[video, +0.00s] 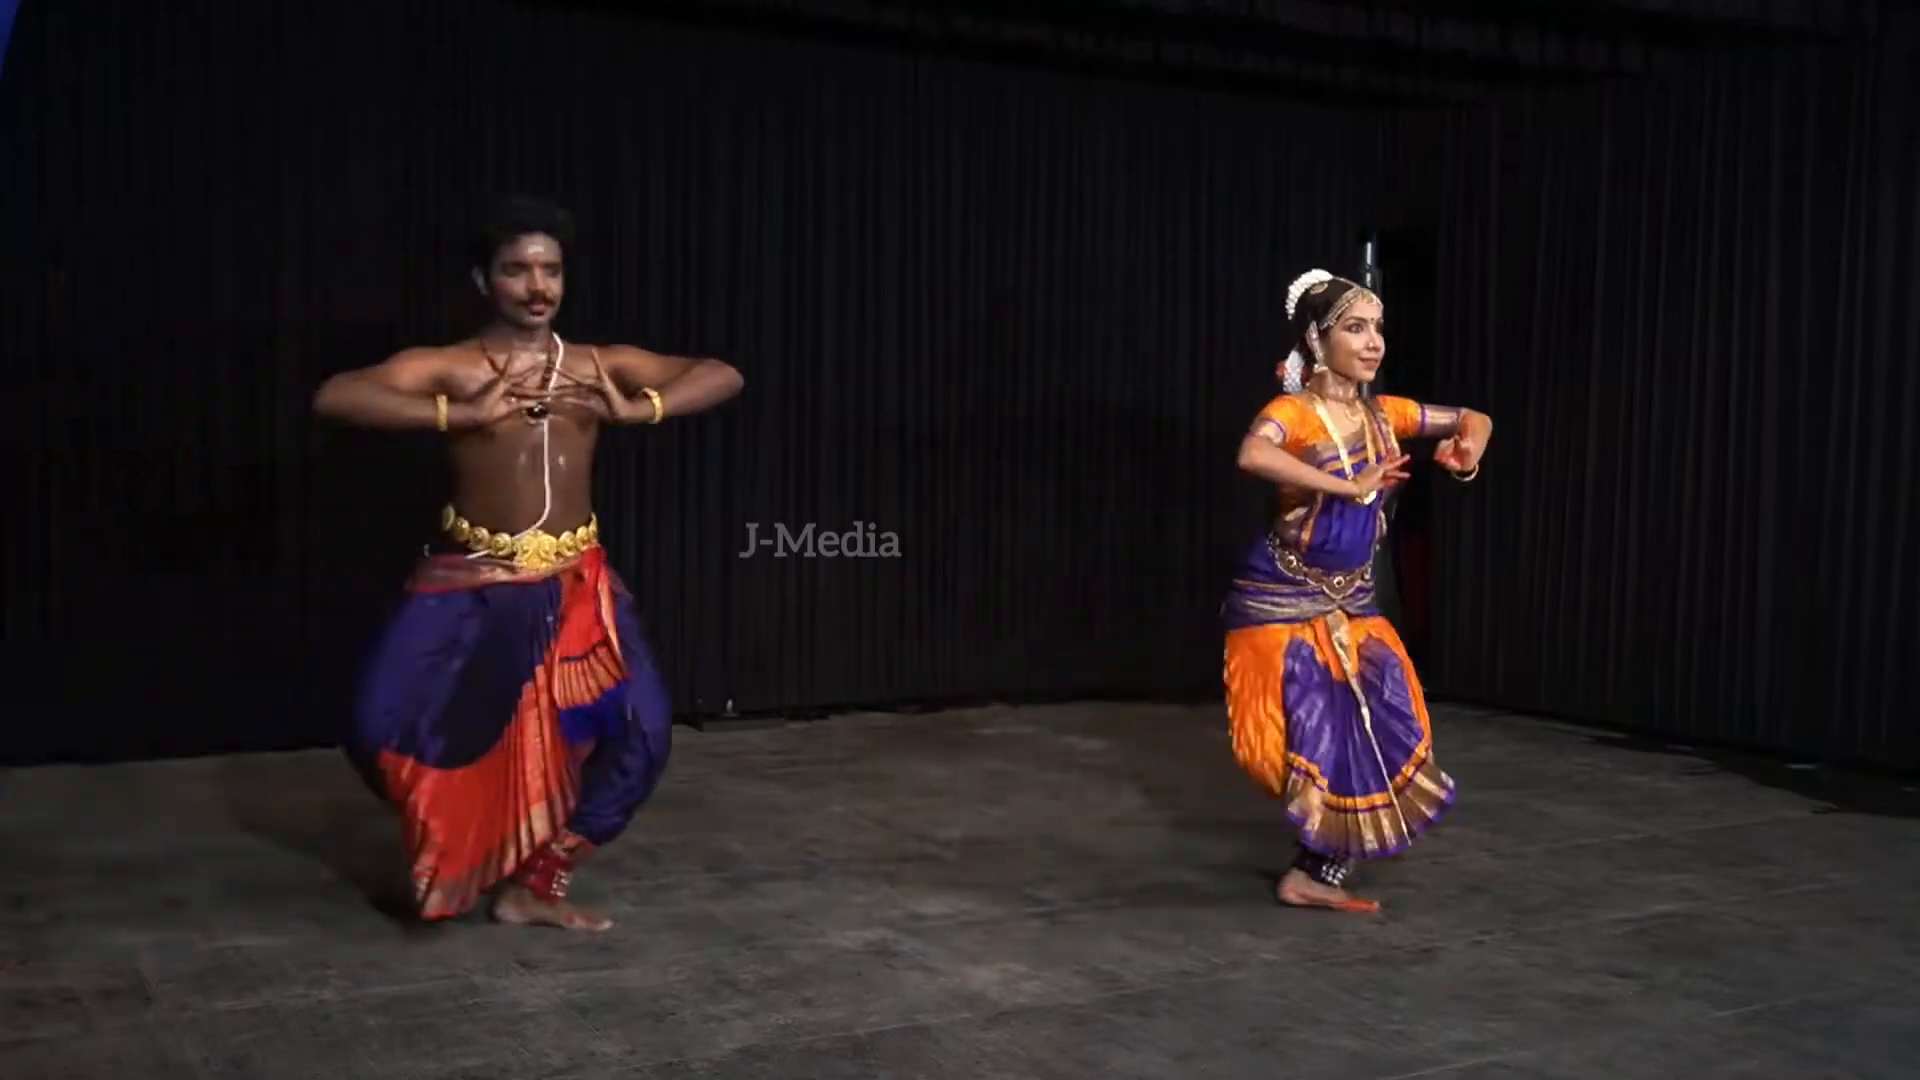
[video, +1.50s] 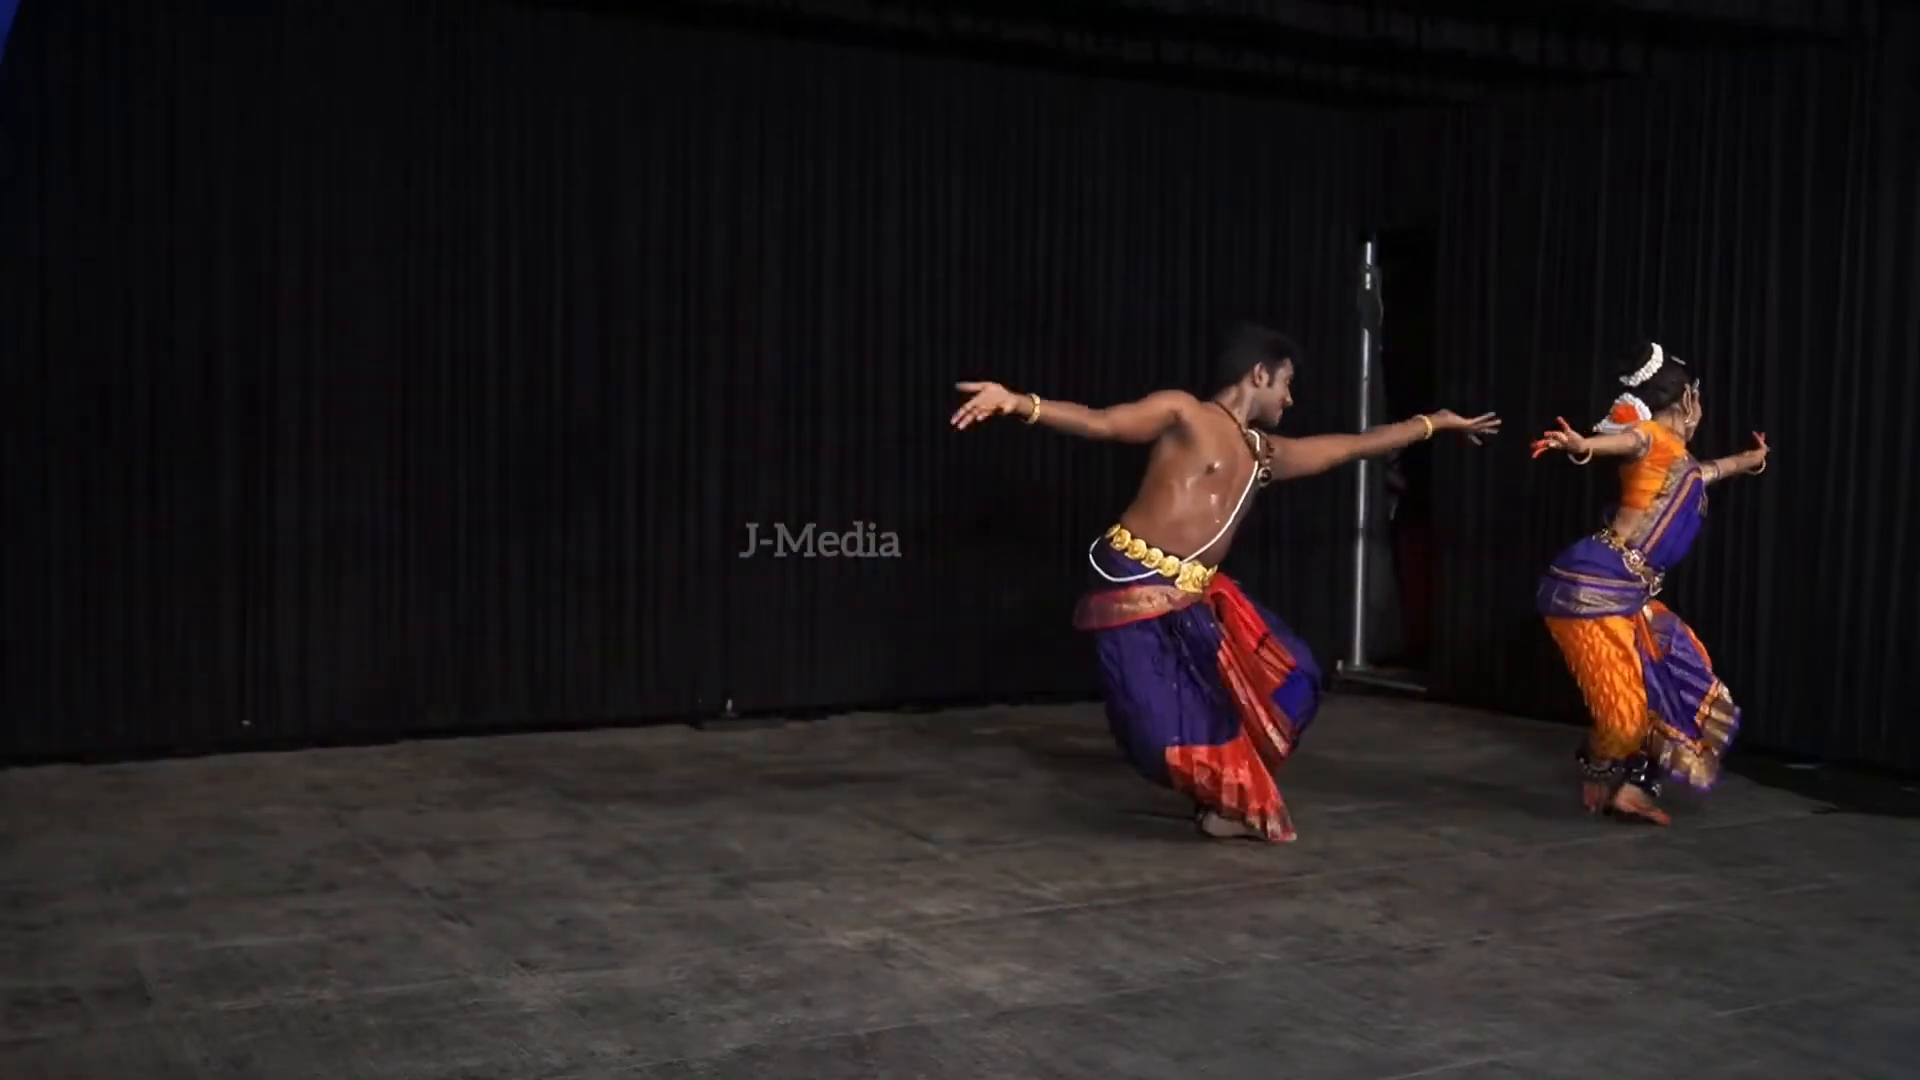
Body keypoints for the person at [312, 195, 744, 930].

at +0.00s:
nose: (538, 286)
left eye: (551, 270)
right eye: (518, 271)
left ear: (565, 280)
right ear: (486, 281)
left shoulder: (598, 365)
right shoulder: (455, 366)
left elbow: (725, 377)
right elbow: (336, 398)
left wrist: (644, 408)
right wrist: (460, 414)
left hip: (575, 582)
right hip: (474, 584)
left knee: (638, 729)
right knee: (380, 721)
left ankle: (533, 888)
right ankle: (448, 850)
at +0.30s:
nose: (723, 272)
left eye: (733, 258)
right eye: (705, 258)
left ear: (743, 268)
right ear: (668, 268)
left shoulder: (767, 353)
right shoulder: (632, 350)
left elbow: (885, 366)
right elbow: (540, 381)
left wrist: (824, 397)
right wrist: (652, 398)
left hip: (741, 555)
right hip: (648, 560)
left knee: (832, 674)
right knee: (633, 725)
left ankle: (746, 832)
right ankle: (704, 841)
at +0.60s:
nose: (893, 336)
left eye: (903, 323)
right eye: (877, 320)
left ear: (910, 328)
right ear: (839, 321)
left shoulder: (915, 408)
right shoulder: (789, 395)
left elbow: (1017, 458)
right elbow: (686, 438)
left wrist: (997, 420)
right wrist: (773, 392)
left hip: (880, 584)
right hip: (794, 584)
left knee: (984, 680)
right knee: (767, 734)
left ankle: (904, 817)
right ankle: (793, 853)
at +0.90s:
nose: (1112, 352)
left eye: (1119, 341)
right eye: (1100, 337)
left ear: (1117, 350)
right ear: (1059, 338)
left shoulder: (1114, 431)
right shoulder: (1005, 400)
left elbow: (1212, 460)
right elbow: (906, 425)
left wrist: (1295, 435)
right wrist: (814, 405)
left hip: (1065, 592)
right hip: (984, 581)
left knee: (1155, 677)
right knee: (891, 690)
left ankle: (1206, 808)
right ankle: (823, 841)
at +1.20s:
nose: (1275, 392)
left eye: (1276, 381)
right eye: (1270, 378)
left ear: (1245, 379)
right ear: (1238, 374)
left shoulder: (1255, 451)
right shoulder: (1166, 410)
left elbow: (1341, 445)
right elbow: (1081, 419)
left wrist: (1422, 441)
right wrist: (986, 421)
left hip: (1191, 595)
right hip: (1121, 587)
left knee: (1278, 684)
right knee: (1103, 722)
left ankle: (1229, 811)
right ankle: (1146, 795)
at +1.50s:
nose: (1288, 396)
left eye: (1289, 385)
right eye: (1286, 382)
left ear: (1261, 383)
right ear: (1255, 377)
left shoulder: (1265, 452)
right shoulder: (1184, 410)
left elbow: (1354, 444)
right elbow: (1102, 423)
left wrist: (1435, 423)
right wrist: (1021, 403)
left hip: (1197, 591)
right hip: (1134, 583)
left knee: (1294, 673)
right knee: (1158, 732)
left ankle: (1229, 799)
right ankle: (1221, 788)